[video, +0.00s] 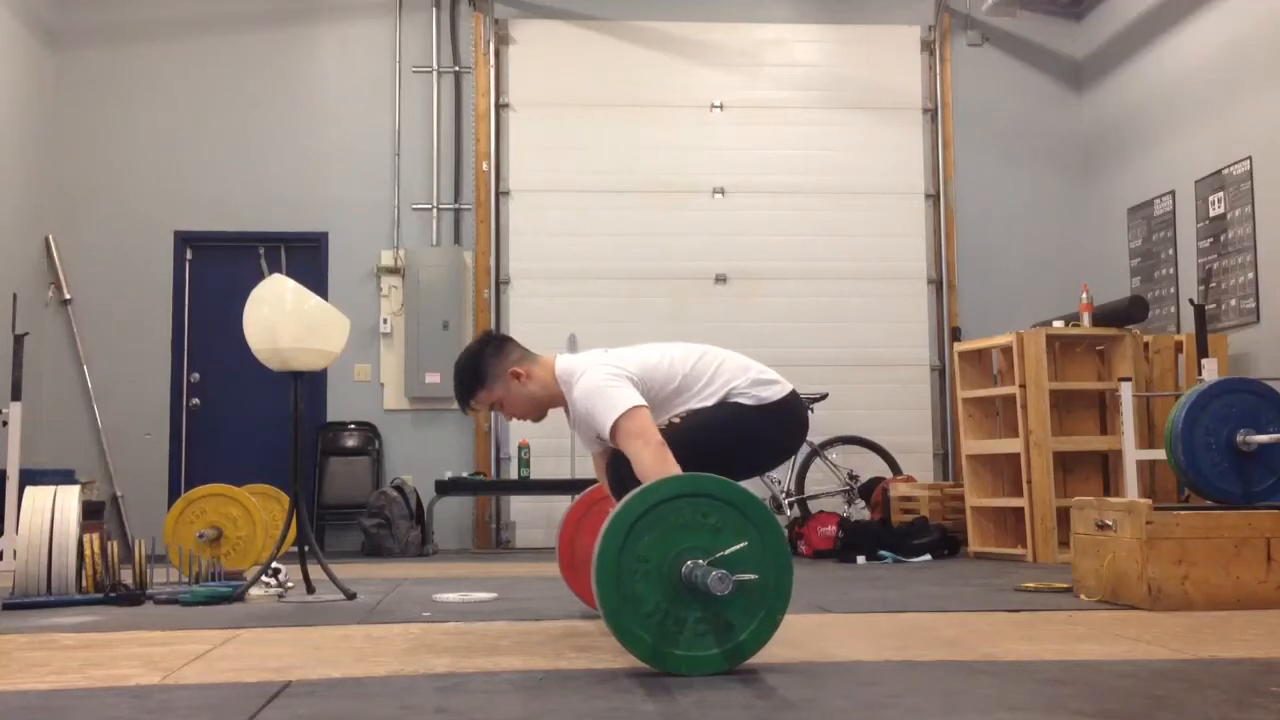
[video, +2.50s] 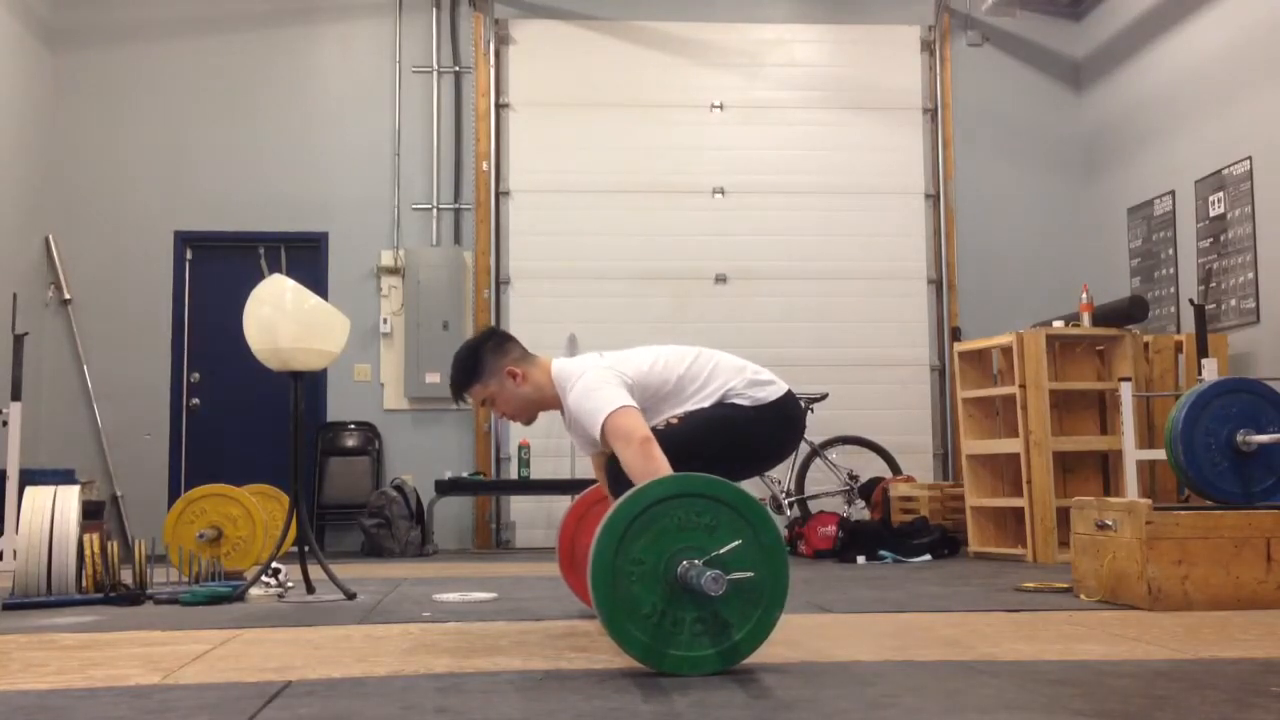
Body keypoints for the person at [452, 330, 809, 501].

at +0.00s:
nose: (505, 418)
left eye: (498, 406)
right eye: (495, 412)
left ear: (518, 376)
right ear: (520, 375)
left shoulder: (591, 382)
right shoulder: (576, 399)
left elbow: (648, 445)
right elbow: (609, 469)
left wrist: (687, 536)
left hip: (767, 409)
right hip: (742, 411)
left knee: (630, 466)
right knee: (618, 467)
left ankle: (692, 565)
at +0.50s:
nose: (499, 418)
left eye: (491, 405)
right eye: (489, 411)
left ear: (511, 375)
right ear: (513, 374)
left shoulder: (584, 382)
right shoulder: (571, 396)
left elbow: (635, 453)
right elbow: (604, 468)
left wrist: (683, 540)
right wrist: (638, 545)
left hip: (763, 405)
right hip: (739, 408)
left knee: (625, 459)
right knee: (611, 465)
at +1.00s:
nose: (498, 411)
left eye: (492, 398)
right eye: (488, 405)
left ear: (515, 370)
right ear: (516, 371)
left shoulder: (586, 379)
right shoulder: (572, 399)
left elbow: (636, 455)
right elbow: (608, 480)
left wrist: (680, 542)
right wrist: (640, 549)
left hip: (766, 405)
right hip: (741, 409)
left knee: (629, 456)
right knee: (615, 468)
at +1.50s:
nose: (496, 411)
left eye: (490, 398)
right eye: (486, 404)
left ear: (513, 370)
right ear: (514, 371)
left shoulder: (584, 379)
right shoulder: (569, 398)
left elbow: (633, 453)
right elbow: (604, 476)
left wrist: (676, 540)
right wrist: (638, 545)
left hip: (764, 406)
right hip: (738, 409)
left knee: (628, 458)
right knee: (613, 469)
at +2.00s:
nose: (495, 412)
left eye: (489, 398)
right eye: (485, 405)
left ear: (513, 370)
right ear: (514, 371)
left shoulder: (584, 379)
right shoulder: (571, 400)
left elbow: (634, 449)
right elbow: (607, 475)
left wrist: (676, 539)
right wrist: (637, 546)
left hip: (764, 406)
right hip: (739, 410)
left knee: (628, 458)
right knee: (614, 469)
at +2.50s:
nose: (495, 416)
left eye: (490, 402)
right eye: (486, 409)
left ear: (514, 375)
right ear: (515, 375)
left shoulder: (585, 383)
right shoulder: (573, 402)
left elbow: (639, 445)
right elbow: (608, 468)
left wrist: (680, 536)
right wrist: (636, 547)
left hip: (764, 409)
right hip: (739, 412)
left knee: (627, 463)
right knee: (614, 465)